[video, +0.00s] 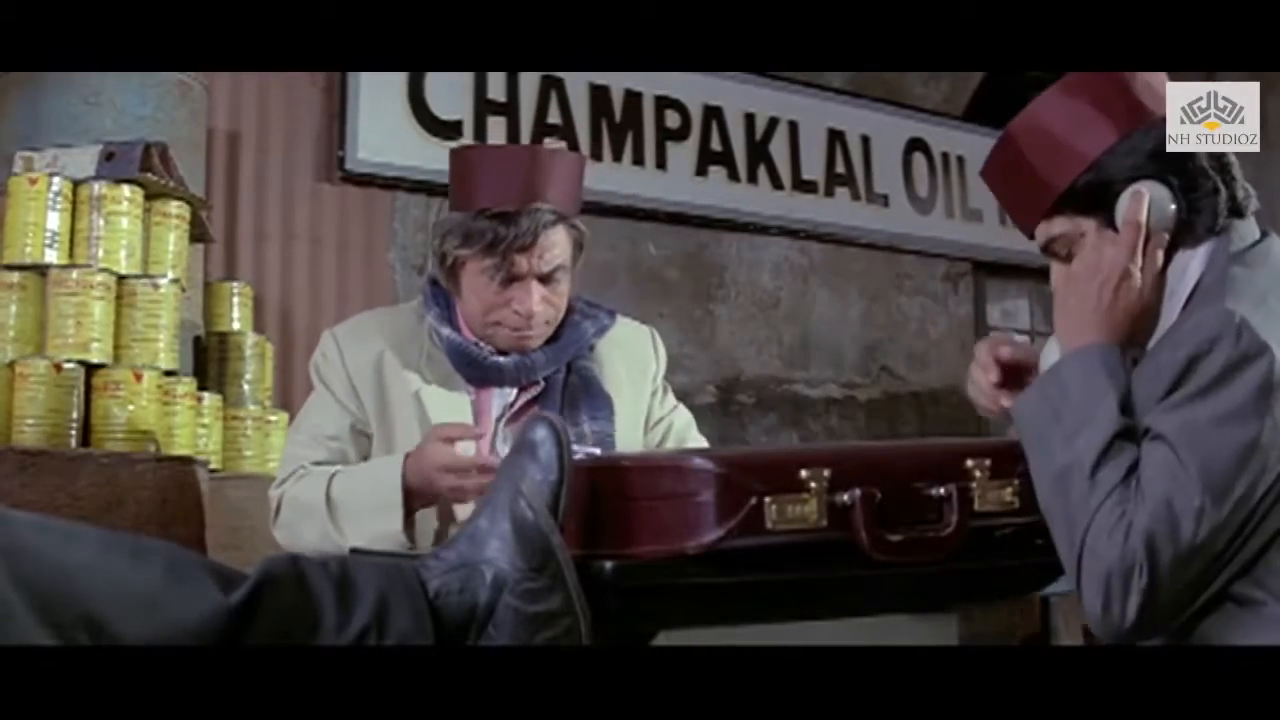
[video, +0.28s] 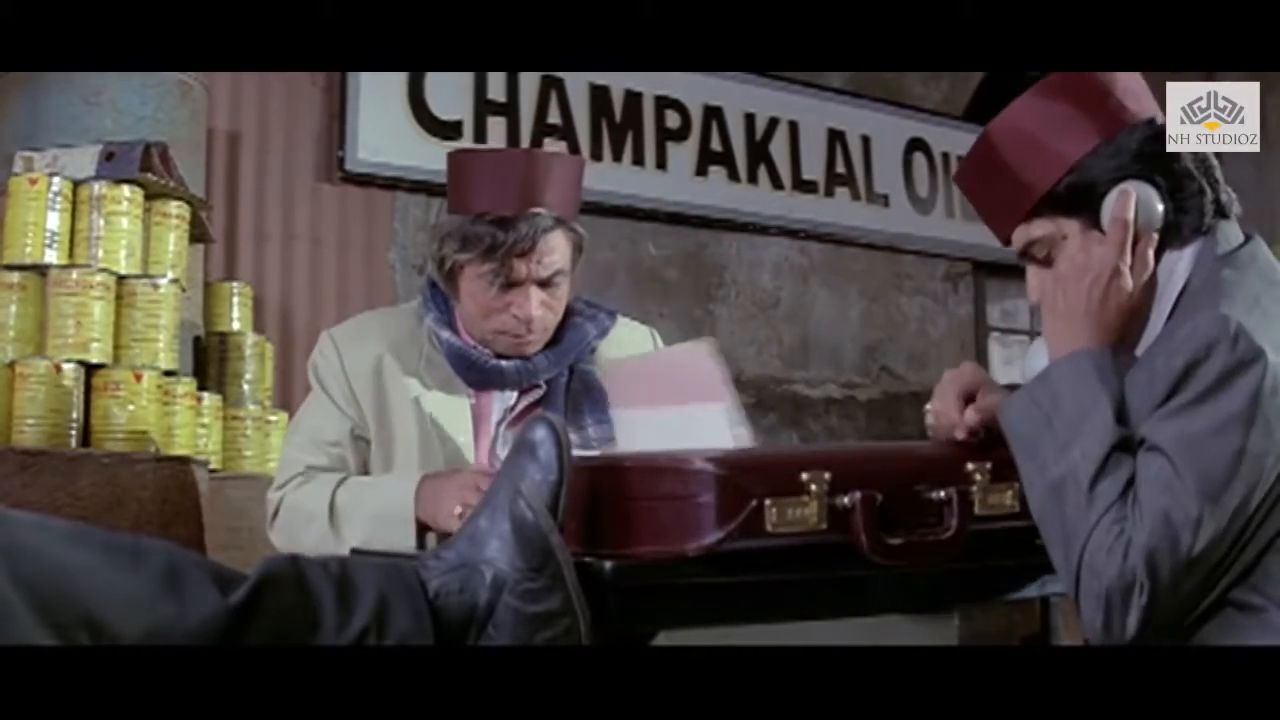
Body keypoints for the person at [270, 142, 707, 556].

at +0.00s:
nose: (530, 306)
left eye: (551, 278)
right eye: (504, 278)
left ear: (574, 267)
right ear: (450, 265)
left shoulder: (630, 355)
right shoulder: (359, 356)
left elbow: (696, 487)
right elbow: (294, 510)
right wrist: (406, 483)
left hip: (588, 622)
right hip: (416, 627)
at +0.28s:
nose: (528, 311)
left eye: (549, 283)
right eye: (503, 282)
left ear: (573, 275)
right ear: (451, 271)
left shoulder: (628, 353)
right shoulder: (357, 358)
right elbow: (294, 508)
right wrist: (417, 500)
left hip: (576, 623)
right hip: (411, 627)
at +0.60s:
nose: (553, 315)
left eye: (573, 286)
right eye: (526, 288)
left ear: (593, 272)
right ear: (469, 273)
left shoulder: (645, 359)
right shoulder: (368, 355)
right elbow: (300, 500)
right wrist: (426, 502)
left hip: (589, 624)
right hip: (419, 628)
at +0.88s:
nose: (569, 315)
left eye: (589, 287)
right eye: (543, 288)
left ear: (608, 273)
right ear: (483, 272)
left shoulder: (655, 364)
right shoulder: (377, 352)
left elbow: (691, 492)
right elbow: (301, 496)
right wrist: (429, 505)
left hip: (598, 624)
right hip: (429, 629)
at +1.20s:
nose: (566, 303)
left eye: (585, 277)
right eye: (540, 276)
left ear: (605, 269)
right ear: (482, 264)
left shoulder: (654, 364)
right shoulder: (378, 348)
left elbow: (688, 498)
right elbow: (300, 489)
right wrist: (421, 503)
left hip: (597, 623)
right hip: (428, 627)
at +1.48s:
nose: (562, 299)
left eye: (580, 273)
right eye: (535, 273)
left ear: (600, 268)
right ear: (478, 263)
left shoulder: (650, 363)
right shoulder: (375, 348)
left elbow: (690, 494)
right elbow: (294, 489)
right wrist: (412, 504)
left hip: (596, 622)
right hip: (426, 625)